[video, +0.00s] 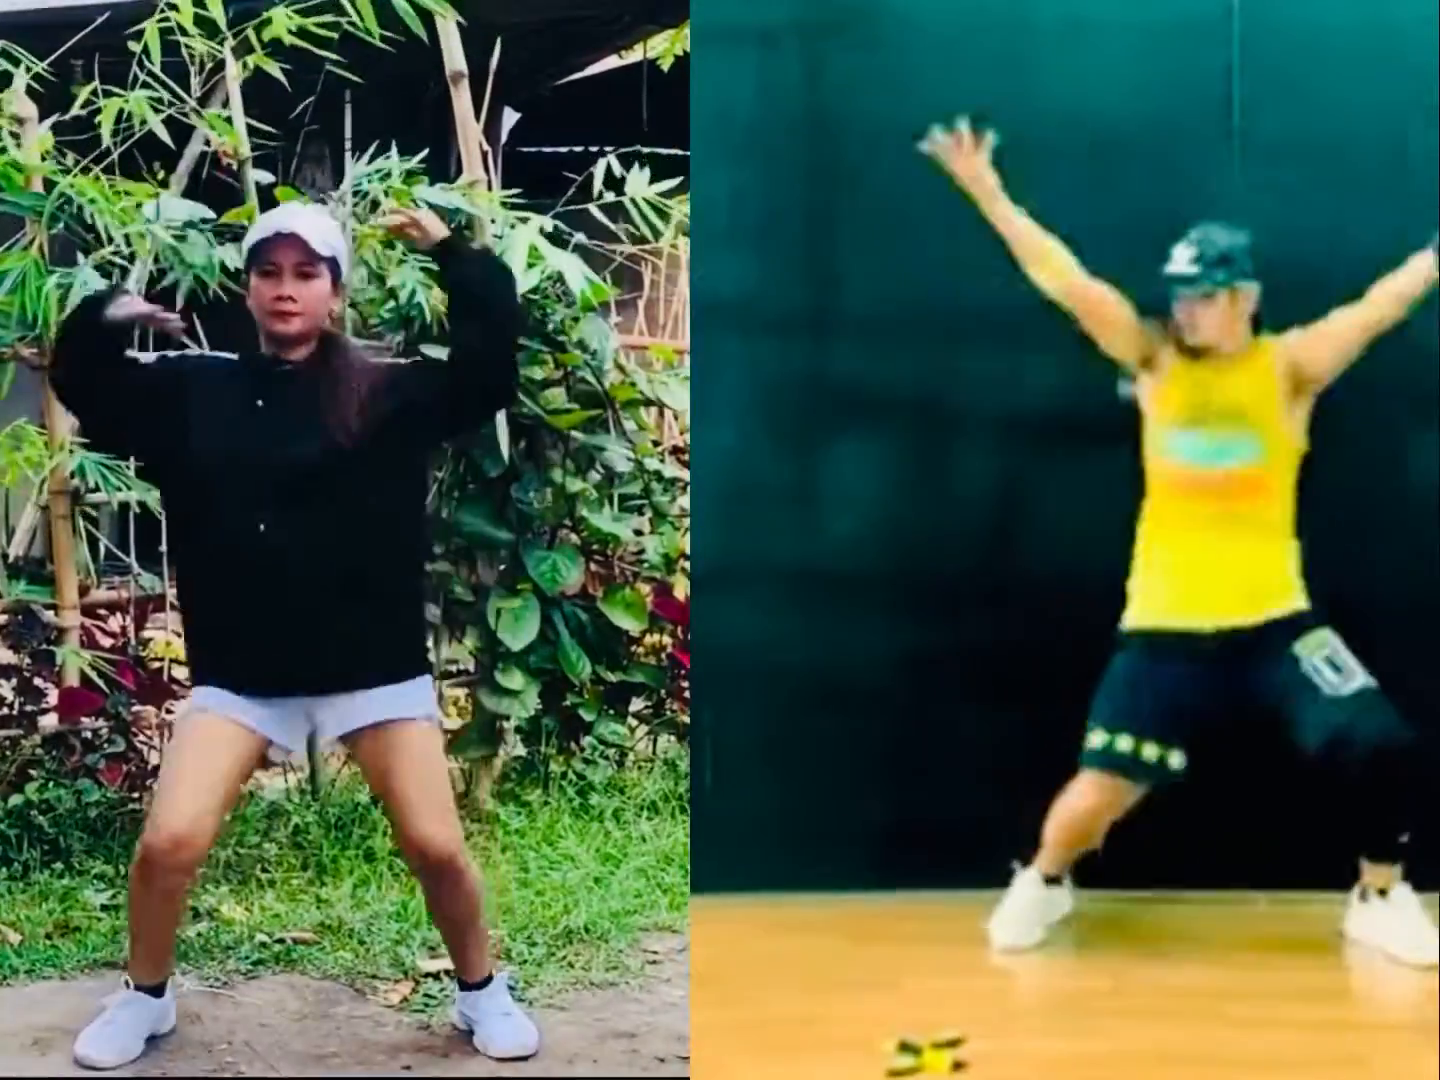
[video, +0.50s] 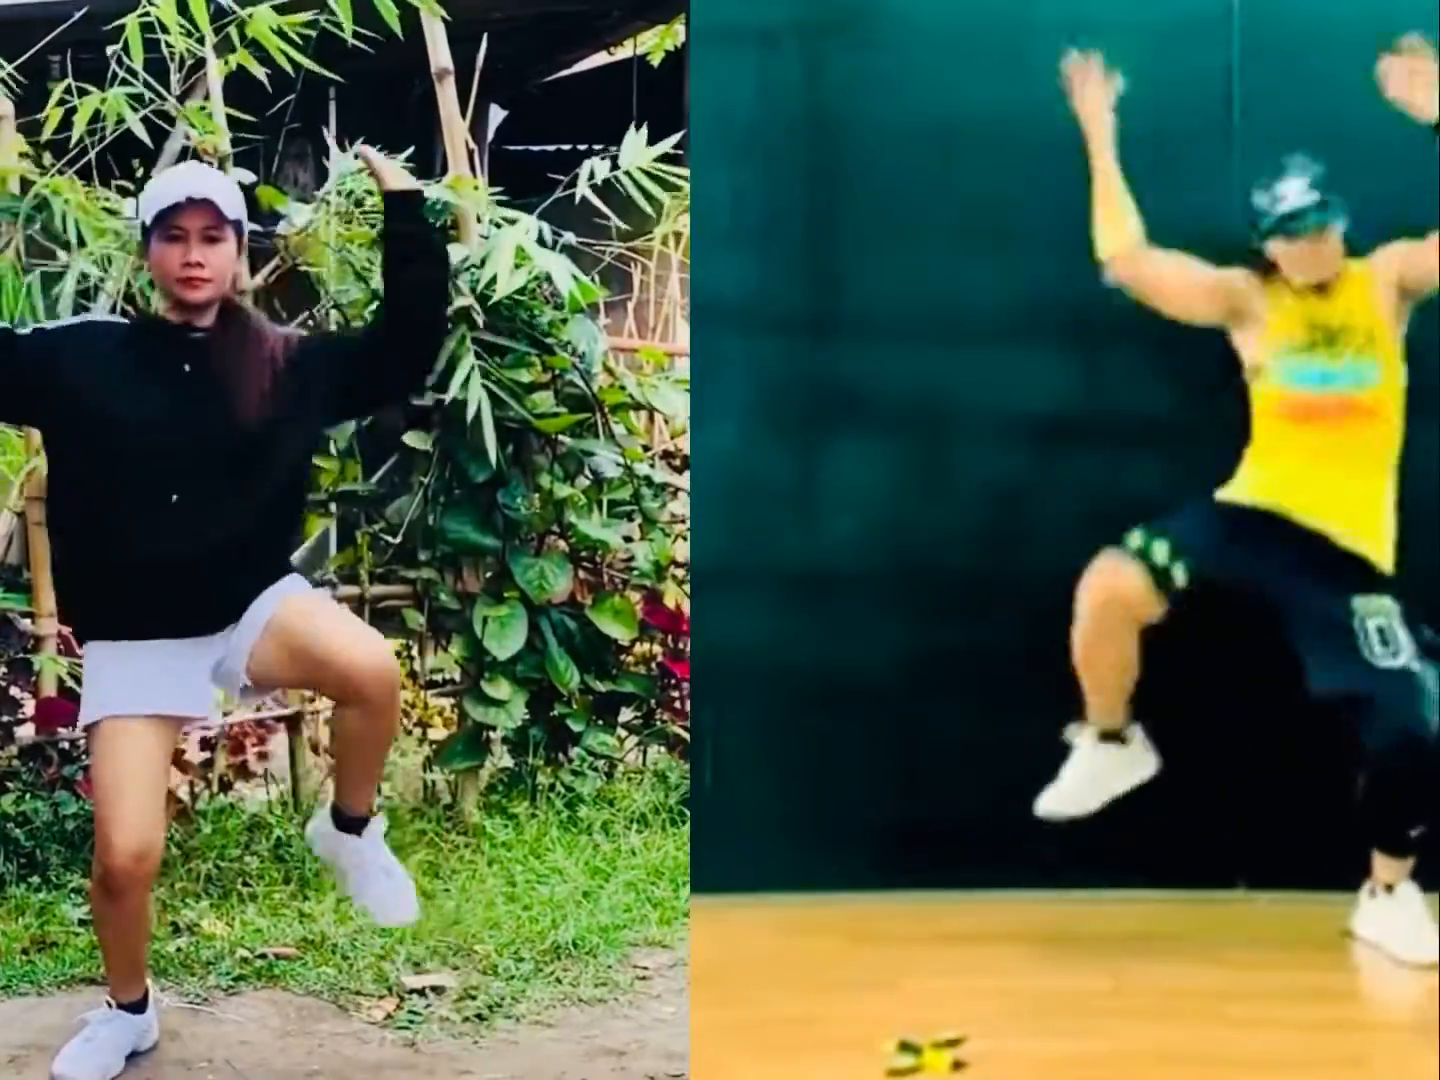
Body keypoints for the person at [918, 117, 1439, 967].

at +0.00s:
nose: (1200, 314)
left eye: (1214, 297)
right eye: (1189, 300)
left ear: (1251, 300)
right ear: (1175, 307)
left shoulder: (1291, 367)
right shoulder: (1151, 364)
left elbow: (1378, 307)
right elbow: (1066, 282)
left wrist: (1430, 260)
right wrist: (988, 192)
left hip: (1275, 621)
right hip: (1164, 626)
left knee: (1384, 747)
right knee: (1106, 789)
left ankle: (1380, 896)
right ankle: (1042, 882)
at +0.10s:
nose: (1241, 283)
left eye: (1256, 265)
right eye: (1231, 269)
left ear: (1296, 258)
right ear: (1220, 273)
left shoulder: (1345, 311)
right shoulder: (1198, 333)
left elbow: (1434, 277)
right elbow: (1071, 330)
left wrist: (1405, 189)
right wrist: (1038, 224)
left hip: (1312, 584)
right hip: (1207, 574)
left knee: (1397, 741)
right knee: (1111, 731)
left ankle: (1381, 897)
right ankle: (1001, 845)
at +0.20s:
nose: (1254, 239)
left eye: (1268, 220)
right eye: (1244, 223)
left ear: (1314, 213)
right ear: (1236, 228)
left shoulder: (1376, 289)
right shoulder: (1226, 303)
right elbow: (1123, 350)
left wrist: (1424, 189)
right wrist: (1135, 243)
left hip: (1339, 562)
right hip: (1225, 548)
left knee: (1397, 722)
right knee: (1099, 678)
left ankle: (1380, 896)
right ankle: (1022, 752)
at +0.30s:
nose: (1259, 234)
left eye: (1274, 216)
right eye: (1248, 219)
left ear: (1320, 210)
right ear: (1238, 224)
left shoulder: (1377, 296)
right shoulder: (1224, 293)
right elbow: (1109, 281)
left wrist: (1410, 313)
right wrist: (1185, 187)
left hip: (1349, 553)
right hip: (1245, 524)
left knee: (1408, 720)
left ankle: (1384, 895)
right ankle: (1101, 695)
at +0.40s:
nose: (1273, 254)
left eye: (1287, 235)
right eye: (1262, 238)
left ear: (1326, 230)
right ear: (1249, 243)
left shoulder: (1372, 295)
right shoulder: (1232, 289)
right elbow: (1140, 208)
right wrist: (1115, 90)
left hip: (1355, 542)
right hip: (1252, 515)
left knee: (1405, 726)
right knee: (1104, 517)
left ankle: (1391, 895)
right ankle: (1140, 692)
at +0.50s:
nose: (1305, 249)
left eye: (1317, 230)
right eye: (1287, 235)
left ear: (1343, 226)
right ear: (1265, 242)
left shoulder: (1390, 276)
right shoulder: (1244, 299)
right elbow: (1124, 257)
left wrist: (1429, 108)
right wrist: (1099, 133)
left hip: (1349, 552)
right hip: (1244, 518)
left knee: (1410, 730)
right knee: (1107, 591)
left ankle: (1388, 897)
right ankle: (1109, 742)